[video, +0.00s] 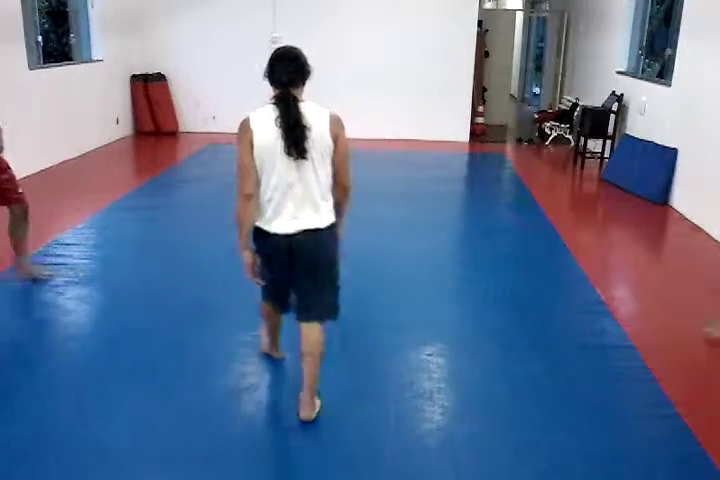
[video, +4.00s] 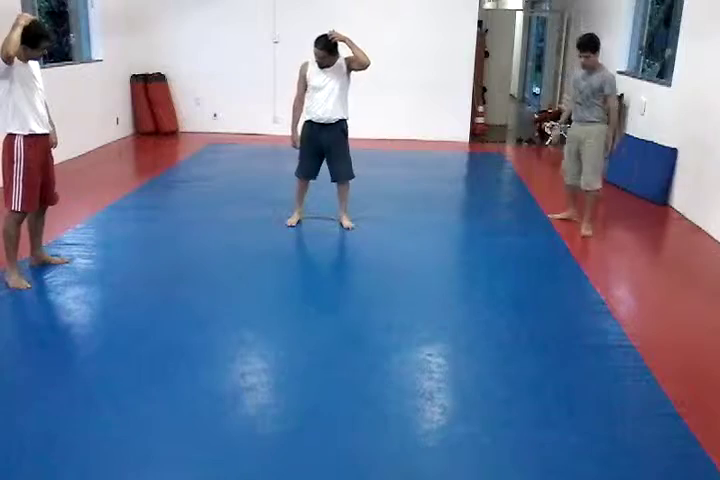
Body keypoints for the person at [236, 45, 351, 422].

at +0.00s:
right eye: (301, 76)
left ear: (269, 80)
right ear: (306, 80)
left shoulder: (252, 126)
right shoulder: (330, 122)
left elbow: (248, 192)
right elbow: (342, 184)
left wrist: (246, 246)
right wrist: (336, 224)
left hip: (272, 236)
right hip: (317, 236)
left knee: (273, 292)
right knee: (312, 316)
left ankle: (272, 343)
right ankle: (308, 401)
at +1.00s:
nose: (307, 63)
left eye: (305, 58)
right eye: (307, 58)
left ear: (281, 56)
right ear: (306, 59)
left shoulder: (260, 89)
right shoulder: (317, 89)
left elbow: (255, 137)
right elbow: (329, 137)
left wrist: (253, 177)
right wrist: (336, 165)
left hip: (272, 173)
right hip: (304, 174)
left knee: (273, 223)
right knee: (298, 236)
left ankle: (275, 264)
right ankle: (289, 294)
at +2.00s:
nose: (348, 63)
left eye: (350, 58)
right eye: (348, 57)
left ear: (333, 52)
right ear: (335, 52)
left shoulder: (318, 69)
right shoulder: (322, 75)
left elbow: (320, 114)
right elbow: (321, 115)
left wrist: (336, 140)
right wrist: (340, 144)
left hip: (315, 137)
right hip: (319, 139)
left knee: (330, 185)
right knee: (329, 189)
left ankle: (321, 226)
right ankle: (319, 243)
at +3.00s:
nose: (302, 62)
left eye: (306, 58)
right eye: (298, 58)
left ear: (314, 53)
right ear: (293, 54)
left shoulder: (327, 70)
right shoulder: (287, 70)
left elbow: (334, 101)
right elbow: (284, 100)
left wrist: (329, 127)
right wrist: (280, 130)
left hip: (321, 127)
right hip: (297, 127)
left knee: (331, 175)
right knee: (295, 174)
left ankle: (336, 216)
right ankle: (296, 211)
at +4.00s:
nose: (317, 60)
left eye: (321, 57)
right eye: (316, 56)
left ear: (333, 54)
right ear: (314, 52)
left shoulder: (344, 64)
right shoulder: (307, 68)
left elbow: (364, 63)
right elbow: (299, 100)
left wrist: (346, 40)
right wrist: (294, 130)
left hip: (336, 127)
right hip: (311, 126)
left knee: (343, 176)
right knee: (303, 174)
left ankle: (343, 214)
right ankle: (298, 211)